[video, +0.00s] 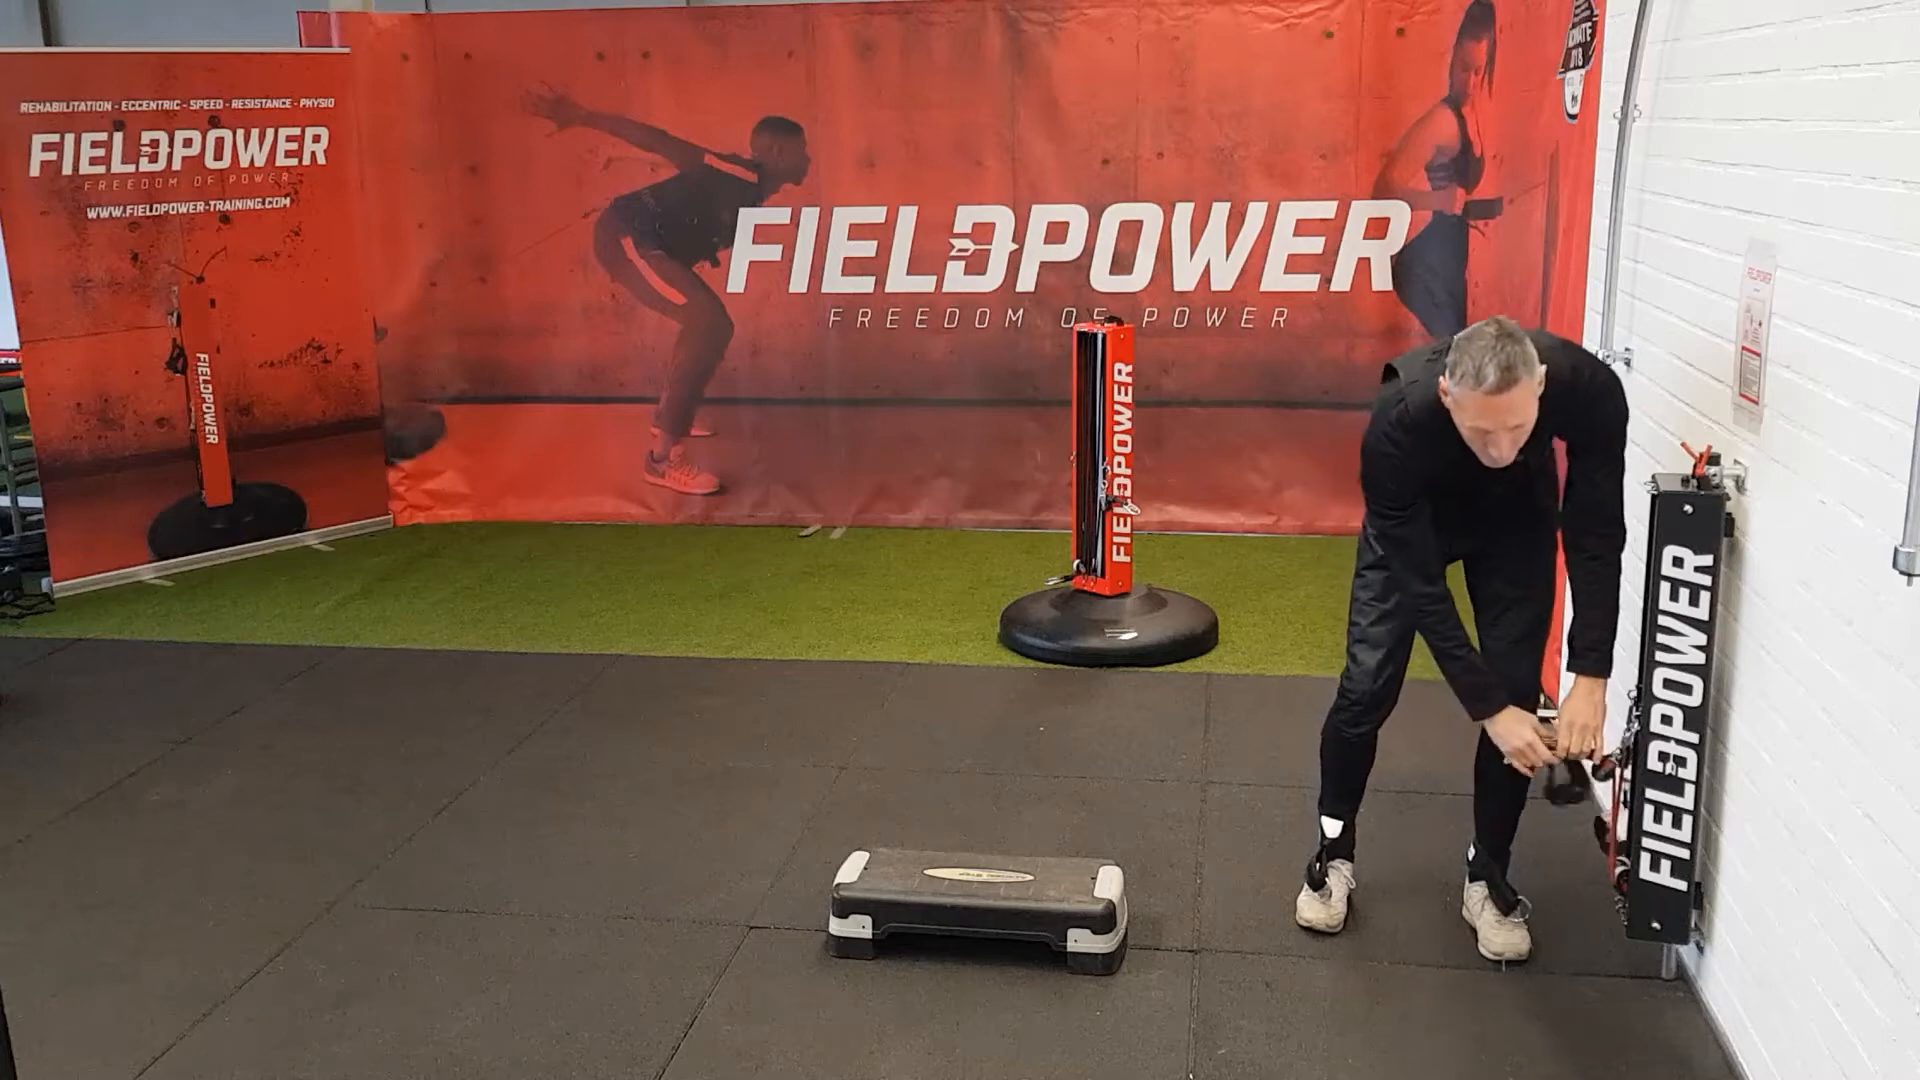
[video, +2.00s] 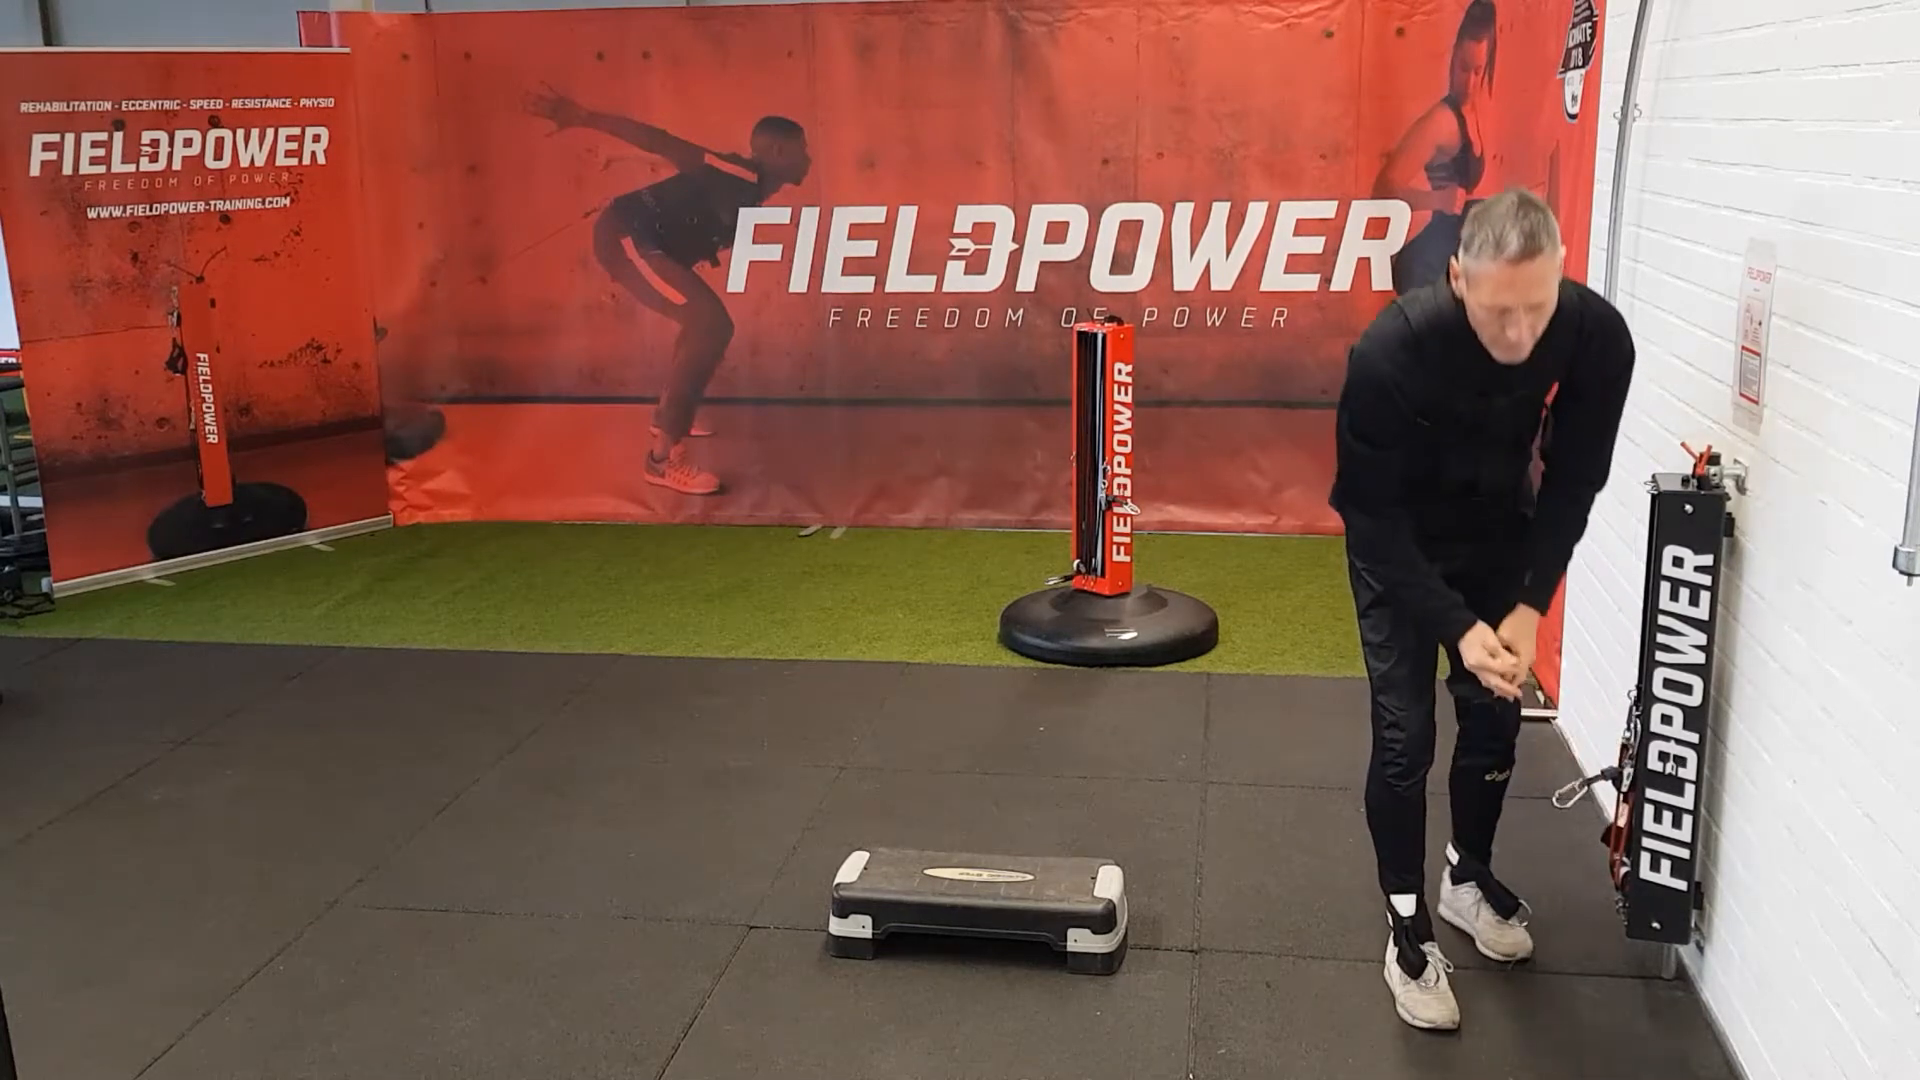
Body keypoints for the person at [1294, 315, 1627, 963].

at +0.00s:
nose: (1500, 448)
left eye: (1516, 430)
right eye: (1482, 432)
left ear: (1539, 390)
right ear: (1449, 396)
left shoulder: (1590, 394)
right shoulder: (1400, 425)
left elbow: (1597, 539)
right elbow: (1422, 586)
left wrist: (1590, 680)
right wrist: (1494, 710)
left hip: (1517, 519)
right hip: (1412, 521)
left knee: (1514, 704)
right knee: (1367, 688)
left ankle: (1489, 878)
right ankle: (1332, 856)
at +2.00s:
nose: (1517, 331)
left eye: (1534, 310)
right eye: (1497, 311)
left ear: (1561, 277)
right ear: (1459, 280)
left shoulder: (1596, 337)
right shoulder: (1391, 356)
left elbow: (1573, 484)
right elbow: (1373, 518)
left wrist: (1532, 604)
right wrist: (1459, 627)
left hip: (1497, 542)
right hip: (1398, 543)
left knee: (1491, 724)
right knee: (1406, 739)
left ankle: (1468, 880)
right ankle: (1407, 935)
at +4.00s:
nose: (1628, 413)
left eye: (1636, 401)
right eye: (1628, 398)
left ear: (1590, 357)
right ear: (1581, 363)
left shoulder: (1567, 387)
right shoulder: (1442, 402)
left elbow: (1535, 504)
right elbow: (1420, 558)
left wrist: (1538, 628)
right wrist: (1478, 685)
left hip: (1428, 539)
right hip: (1344, 538)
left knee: (1467, 713)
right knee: (1368, 763)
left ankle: (1398, 866)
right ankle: (1379, 988)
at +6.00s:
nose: (1593, 504)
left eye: (1607, 493)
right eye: (1586, 489)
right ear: (1547, 443)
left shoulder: (1569, 405)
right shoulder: (1435, 458)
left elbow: (1593, 530)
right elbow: (1424, 612)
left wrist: (1580, 657)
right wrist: (1495, 718)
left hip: (1419, 535)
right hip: (1331, 531)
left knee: (1467, 703)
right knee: (1344, 743)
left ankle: (1396, 868)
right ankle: (1360, 958)